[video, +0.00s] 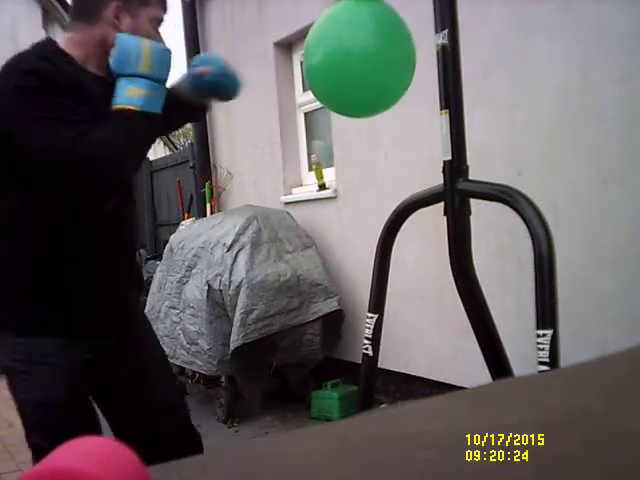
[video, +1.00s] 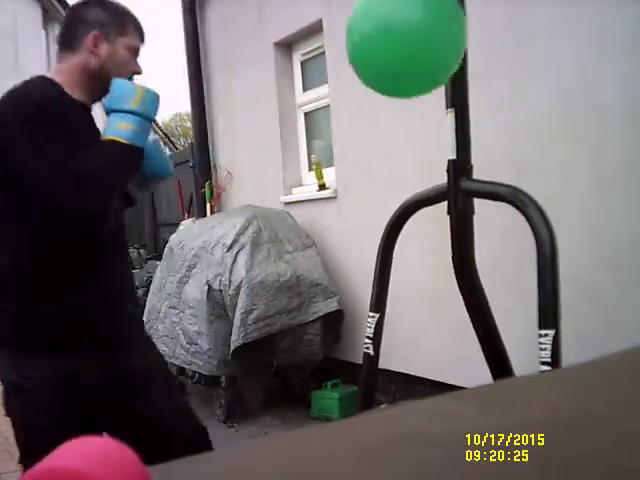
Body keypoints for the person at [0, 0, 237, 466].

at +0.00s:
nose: (161, 38)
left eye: (162, 25)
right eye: (157, 22)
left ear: (117, 17)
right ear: (118, 15)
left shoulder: (110, 87)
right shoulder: (24, 81)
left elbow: (143, 126)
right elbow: (95, 172)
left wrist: (190, 95)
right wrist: (140, 89)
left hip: (111, 311)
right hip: (35, 322)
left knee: (172, 449)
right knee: (70, 466)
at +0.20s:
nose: (191, 41)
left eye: (191, 28)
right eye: (186, 25)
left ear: (149, 20)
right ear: (148, 17)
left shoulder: (145, 96)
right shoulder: (66, 88)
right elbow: (113, 192)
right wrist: (169, 99)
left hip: (163, 316)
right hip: (94, 324)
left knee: (244, 449)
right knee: (84, 470)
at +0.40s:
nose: (242, 22)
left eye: (240, 9)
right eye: (235, 8)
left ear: (199, 11)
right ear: (199, 7)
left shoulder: (211, 88)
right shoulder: (111, 76)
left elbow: (241, 109)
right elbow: (121, 171)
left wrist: (302, 98)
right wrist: (186, 96)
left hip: (190, 304)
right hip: (110, 304)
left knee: (237, 453)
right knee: (81, 456)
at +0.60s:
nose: (239, 36)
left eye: (240, 23)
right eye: (235, 20)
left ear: (200, 17)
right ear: (200, 14)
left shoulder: (190, 87)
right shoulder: (122, 76)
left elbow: (183, 180)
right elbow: (157, 164)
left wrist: (244, 176)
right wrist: (207, 92)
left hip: (193, 303)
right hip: (130, 304)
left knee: (239, 444)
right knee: (104, 453)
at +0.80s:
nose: (197, 52)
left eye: (200, 41)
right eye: (194, 38)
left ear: (159, 32)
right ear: (160, 30)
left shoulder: (142, 102)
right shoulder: (100, 87)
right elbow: (155, 169)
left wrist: (192, 156)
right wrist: (196, 102)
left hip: (162, 317)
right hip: (104, 324)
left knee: (221, 444)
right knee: (105, 466)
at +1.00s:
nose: (139, 68)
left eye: (138, 55)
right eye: (133, 52)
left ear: (96, 49)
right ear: (97, 45)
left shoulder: (79, 121)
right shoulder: (28, 108)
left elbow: (90, 205)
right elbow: (78, 201)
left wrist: (132, 175)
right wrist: (123, 134)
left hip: (106, 333)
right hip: (54, 341)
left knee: (180, 450)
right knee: (64, 468)